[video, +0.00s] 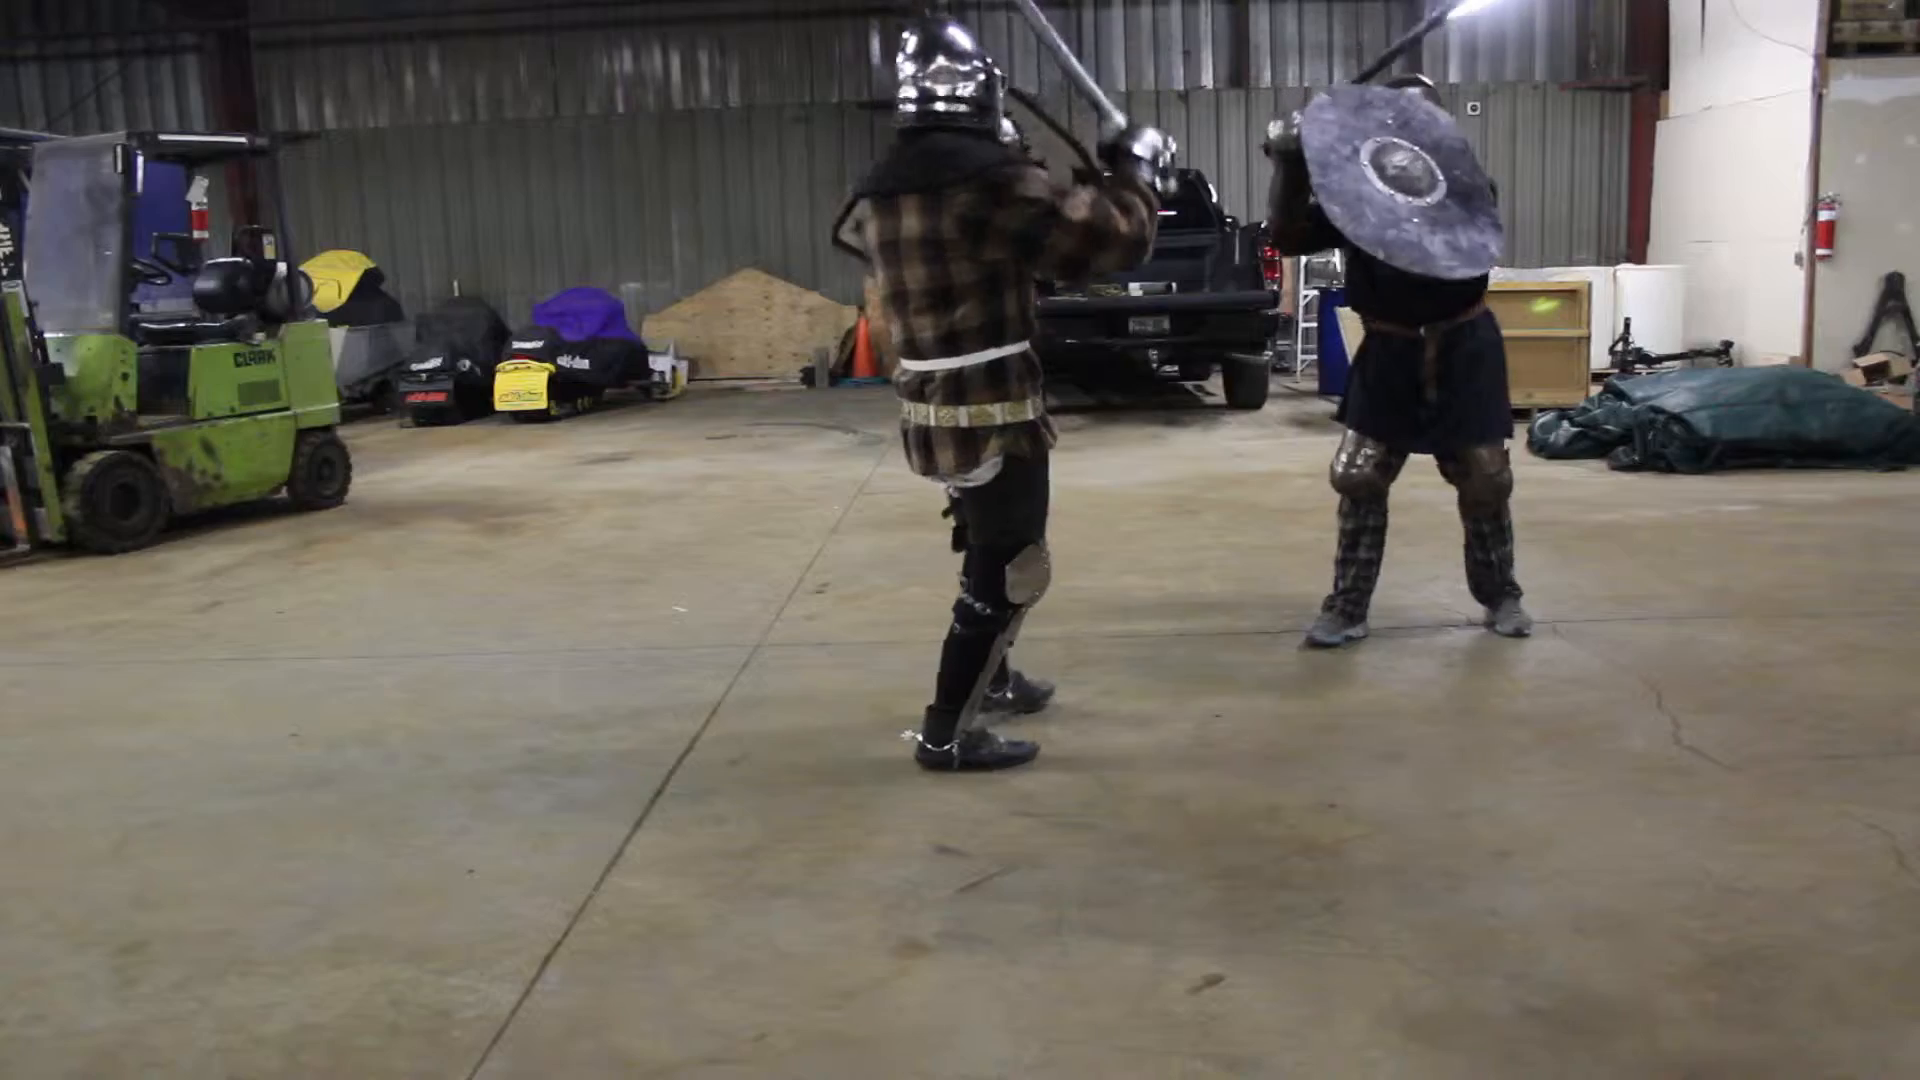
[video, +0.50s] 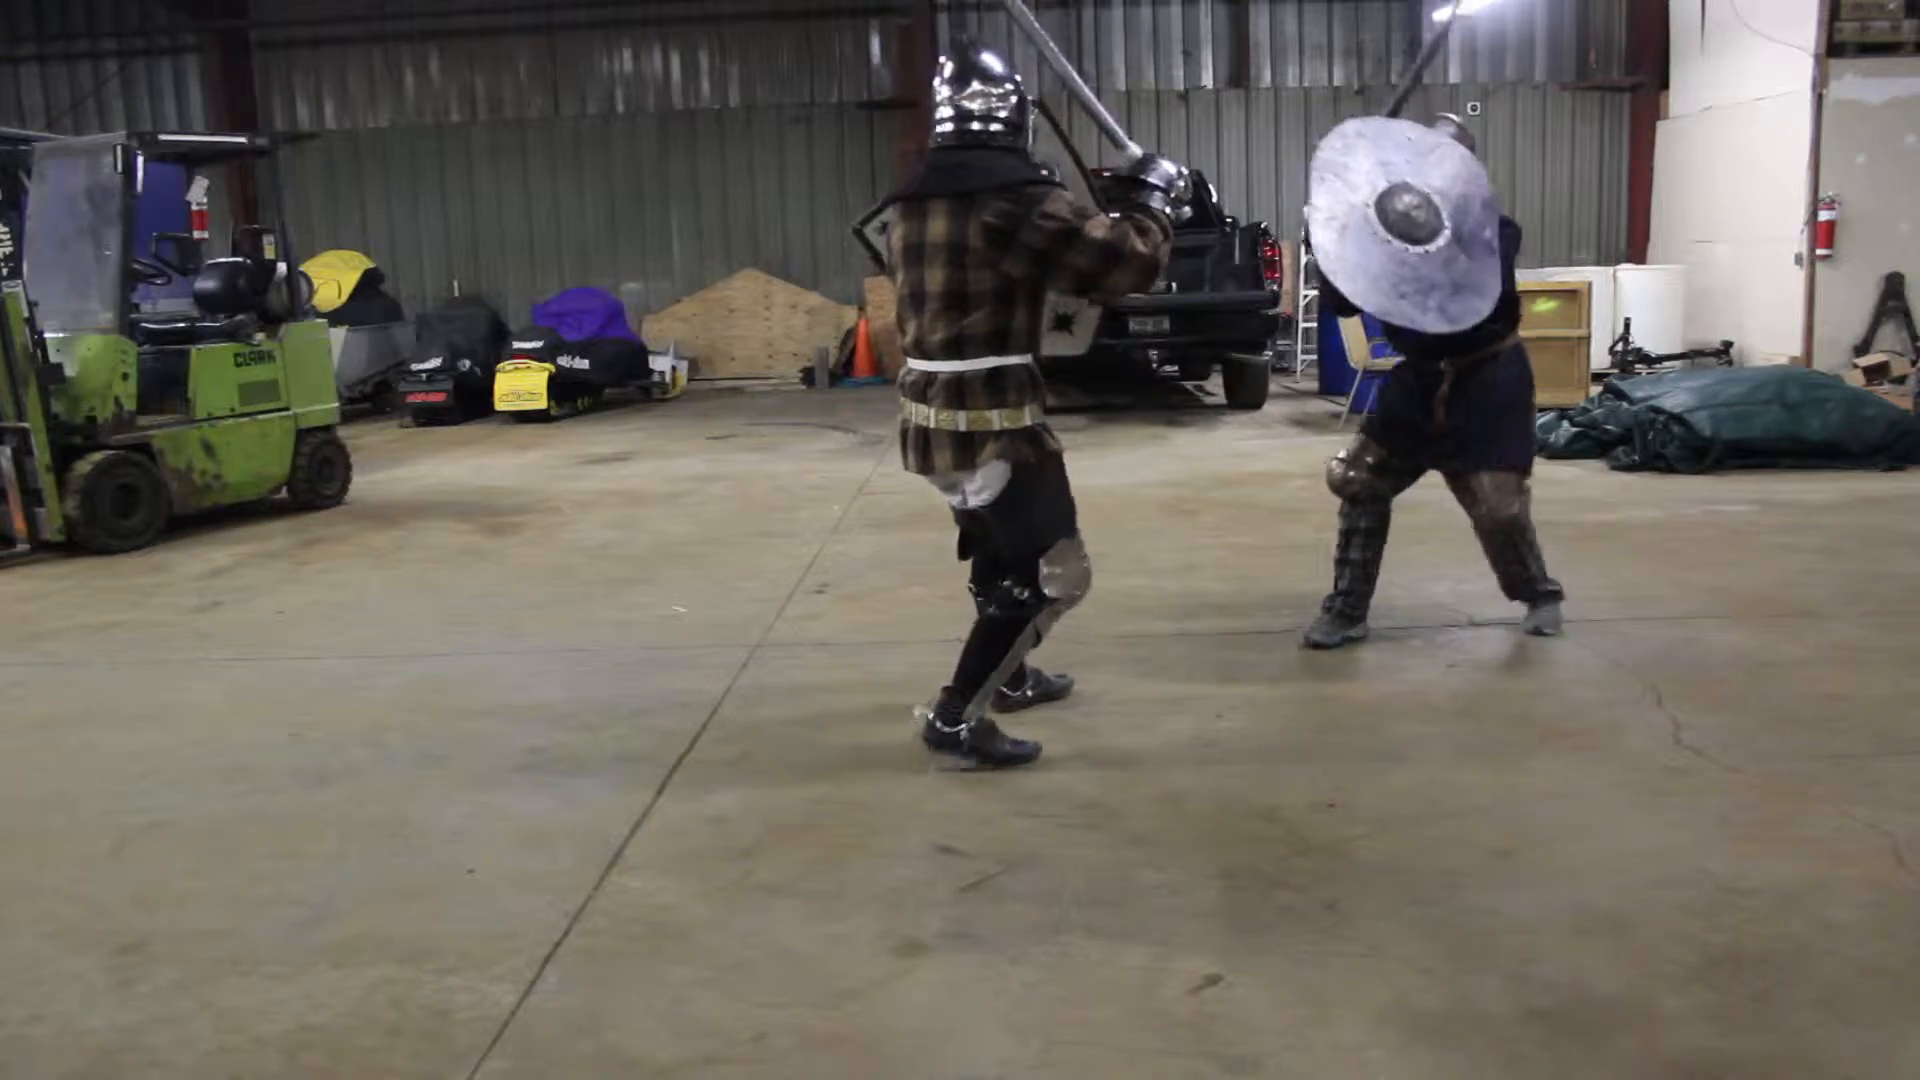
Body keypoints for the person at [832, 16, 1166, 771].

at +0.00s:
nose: (998, 105)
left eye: (990, 92)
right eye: (990, 92)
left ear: (909, 102)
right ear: (980, 96)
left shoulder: (886, 191)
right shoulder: (994, 181)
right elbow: (1108, 238)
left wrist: (1081, 184)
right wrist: (1135, 175)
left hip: (931, 412)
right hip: (997, 415)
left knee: (988, 545)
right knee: (1006, 575)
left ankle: (987, 676)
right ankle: (948, 731)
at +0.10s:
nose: (1004, 104)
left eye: (994, 92)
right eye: (997, 93)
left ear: (920, 104)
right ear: (990, 100)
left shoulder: (895, 190)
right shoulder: (999, 185)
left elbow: (1007, 267)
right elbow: (1108, 257)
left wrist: (1087, 194)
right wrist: (1138, 196)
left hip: (932, 415)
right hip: (1000, 420)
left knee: (980, 545)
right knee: (1012, 576)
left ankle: (997, 672)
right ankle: (949, 729)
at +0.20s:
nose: (1010, 114)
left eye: (1000, 101)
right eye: (1006, 101)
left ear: (927, 108)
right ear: (999, 105)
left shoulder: (901, 192)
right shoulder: (1002, 188)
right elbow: (1099, 276)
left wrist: (1088, 201)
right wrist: (1140, 210)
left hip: (934, 418)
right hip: (1001, 421)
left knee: (977, 556)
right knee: (1021, 578)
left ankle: (1003, 675)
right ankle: (949, 730)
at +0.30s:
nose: (1013, 115)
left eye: (1002, 103)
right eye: (1009, 103)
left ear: (934, 109)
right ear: (1005, 107)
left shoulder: (911, 192)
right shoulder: (1006, 189)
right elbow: (1104, 272)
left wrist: (1087, 206)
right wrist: (1140, 208)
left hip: (937, 420)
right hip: (1001, 424)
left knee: (985, 553)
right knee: (1029, 581)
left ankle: (1007, 674)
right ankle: (948, 730)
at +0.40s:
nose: (1021, 119)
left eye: (1013, 108)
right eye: (1017, 108)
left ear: (941, 115)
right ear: (1010, 113)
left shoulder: (915, 195)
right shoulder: (1012, 195)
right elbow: (1122, 264)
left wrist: (1095, 204)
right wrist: (1149, 202)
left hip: (938, 420)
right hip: (998, 425)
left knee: (995, 552)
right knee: (1033, 583)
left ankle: (1008, 674)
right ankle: (948, 727)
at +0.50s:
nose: (1023, 123)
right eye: (1019, 111)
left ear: (942, 115)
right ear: (1014, 114)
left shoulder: (918, 196)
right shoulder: (1014, 198)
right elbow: (1127, 262)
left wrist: (1100, 202)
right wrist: (1155, 201)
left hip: (935, 419)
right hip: (995, 423)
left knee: (999, 549)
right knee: (1057, 573)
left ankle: (1009, 671)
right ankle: (955, 718)